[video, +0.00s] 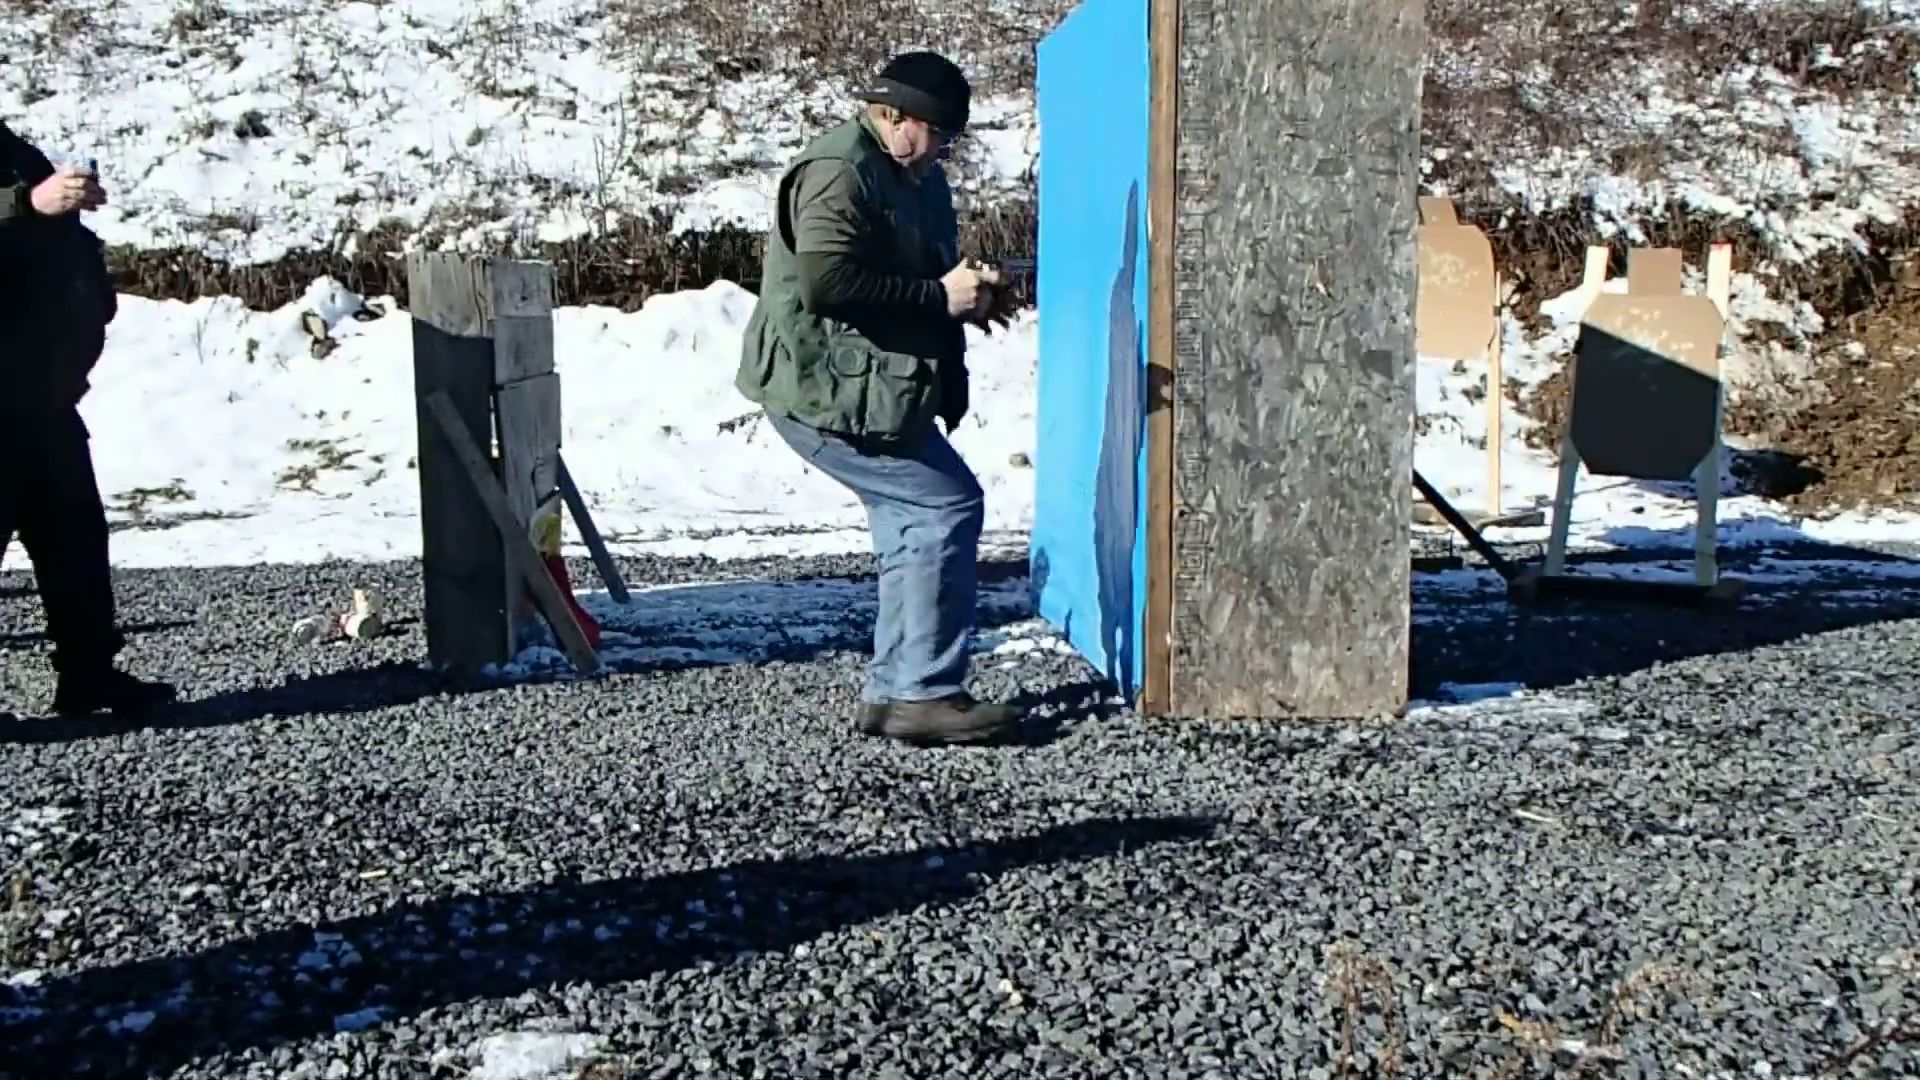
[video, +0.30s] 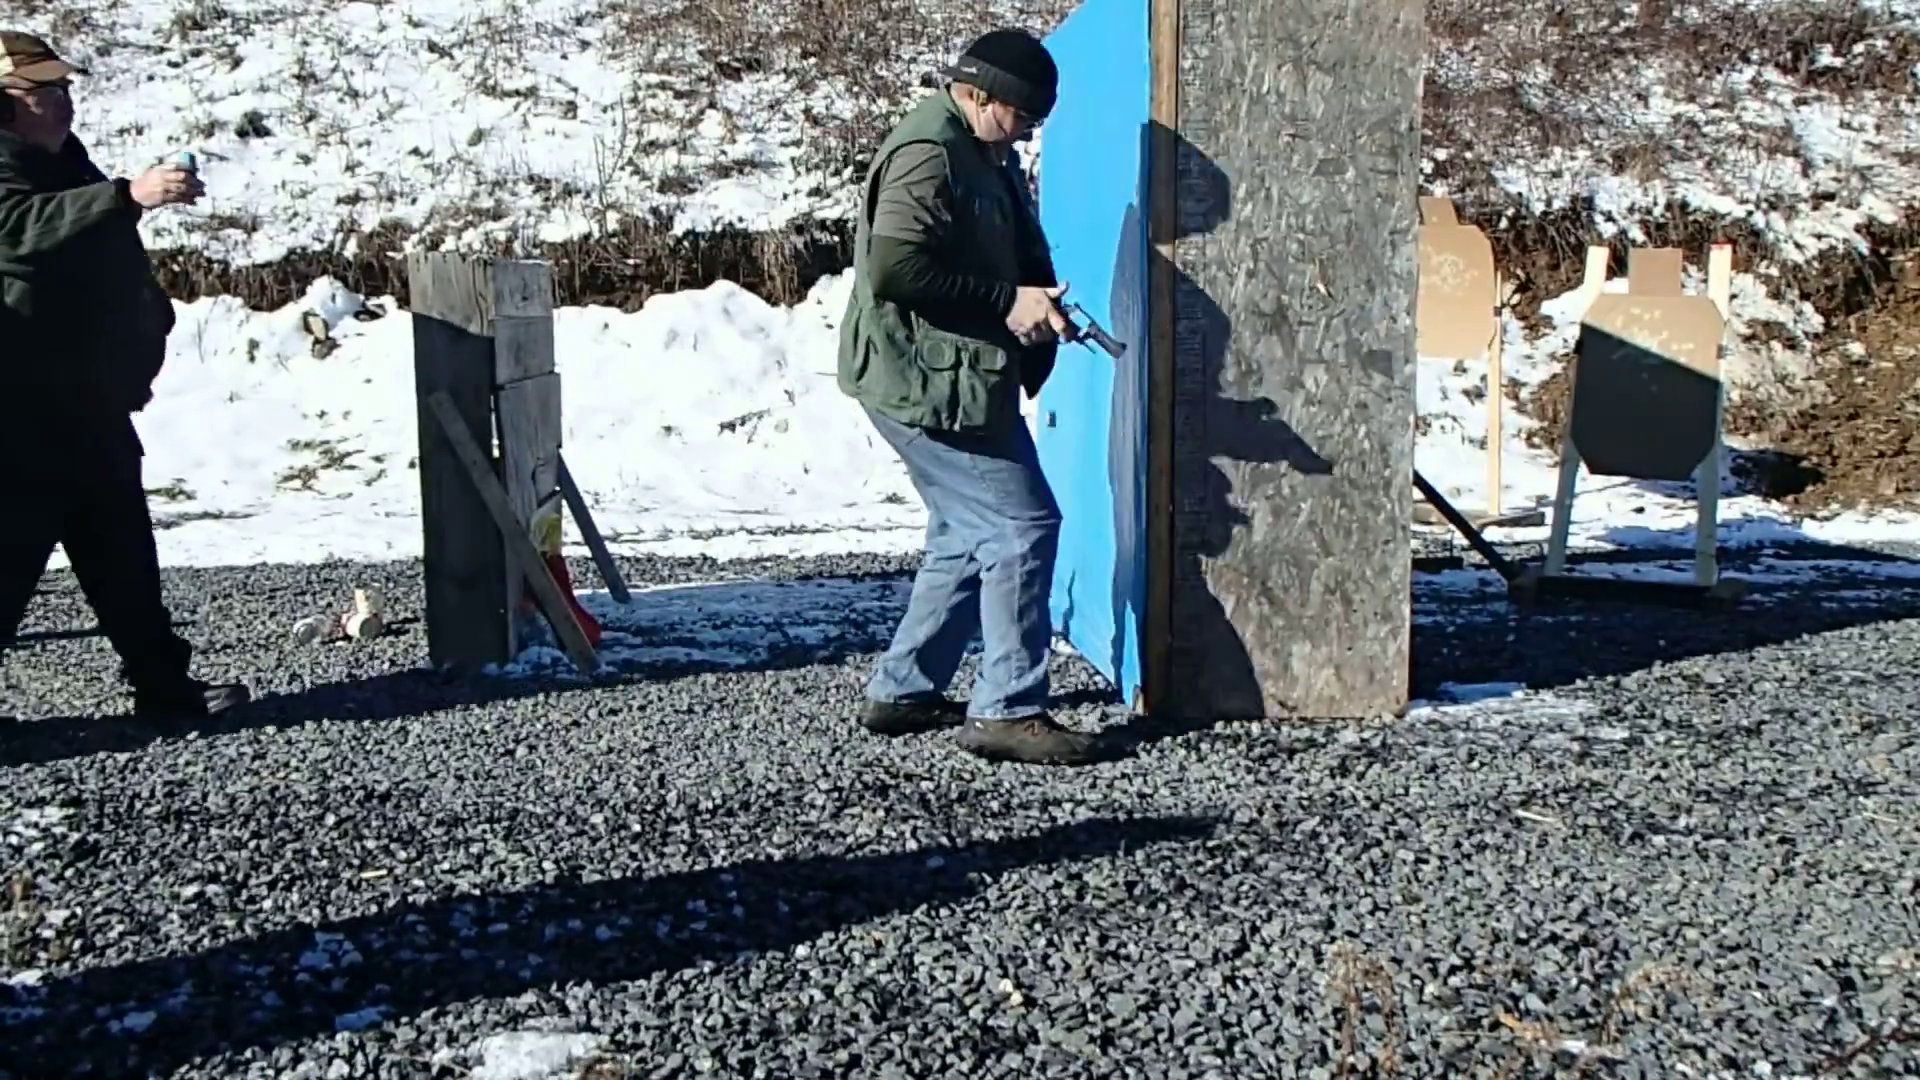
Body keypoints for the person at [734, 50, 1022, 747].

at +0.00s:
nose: (941, 146)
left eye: (947, 133)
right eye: (936, 130)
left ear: (928, 125)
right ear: (896, 115)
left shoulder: (923, 181)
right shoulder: (838, 170)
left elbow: (927, 285)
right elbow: (827, 282)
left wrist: (965, 297)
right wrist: (939, 296)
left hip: (871, 386)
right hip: (818, 389)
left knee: (913, 516)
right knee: (947, 502)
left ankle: (892, 686)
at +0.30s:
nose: (1028, 130)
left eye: (1032, 117)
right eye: (1024, 114)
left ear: (988, 99)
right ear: (982, 96)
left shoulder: (980, 154)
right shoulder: (928, 153)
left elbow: (1024, 253)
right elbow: (894, 269)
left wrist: (1036, 296)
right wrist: (1004, 303)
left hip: (951, 375)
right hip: (926, 381)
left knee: (961, 535)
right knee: (1023, 523)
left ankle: (901, 692)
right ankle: (1009, 711)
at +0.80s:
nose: (1101, 107)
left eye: (1106, 92)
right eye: (1099, 88)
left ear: (1049, 69)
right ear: (1062, 69)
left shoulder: (1039, 122)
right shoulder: (1013, 112)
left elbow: (1097, 236)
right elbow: (996, 231)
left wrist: (1123, 294)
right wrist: (1102, 293)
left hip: (1005, 369)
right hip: (1022, 372)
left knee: (1031, 524)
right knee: (1084, 543)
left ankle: (938, 660)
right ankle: (1006, 713)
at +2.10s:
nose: (1159, 99)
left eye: (1163, 85)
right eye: (1157, 82)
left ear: (1091, 65)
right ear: (1123, 70)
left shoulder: (1044, 110)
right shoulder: (1085, 113)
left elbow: (1046, 255)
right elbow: (1080, 236)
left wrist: (1147, 292)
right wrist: (1159, 288)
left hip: (997, 359)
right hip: (1042, 366)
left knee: (1048, 532)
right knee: (1130, 522)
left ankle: (1021, 703)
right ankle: (1035, 683)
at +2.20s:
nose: (1171, 100)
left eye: (1174, 85)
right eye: (1169, 83)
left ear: (1102, 68)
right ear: (1130, 75)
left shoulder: (1050, 113)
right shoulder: (1092, 123)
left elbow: (1070, 256)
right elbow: (1118, 248)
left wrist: (1178, 287)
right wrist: (1203, 281)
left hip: (999, 365)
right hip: (1051, 370)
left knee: (1055, 534)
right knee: (1148, 519)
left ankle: (1019, 705)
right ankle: (1085, 686)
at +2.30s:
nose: (1182, 104)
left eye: (1186, 89)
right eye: (1181, 88)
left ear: (1106, 70)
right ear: (1145, 81)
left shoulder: (1051, 110)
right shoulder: (1114, 137)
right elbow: (1167, 240)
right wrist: (1262, 251)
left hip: (999, 363)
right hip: (1065, 378)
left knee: (1052, 538)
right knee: (1151, 542)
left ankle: (1021, 704)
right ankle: (1167, 722)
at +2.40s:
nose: (1194, 108)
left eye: (1196, 93)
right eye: (1194, 93)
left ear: (1119, 73)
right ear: (1165, 83)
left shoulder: (1057, 115)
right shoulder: (1142, 142)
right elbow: (1229, 196)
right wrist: (1319, 196)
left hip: (1005, 371)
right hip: (1078, 386)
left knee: (1057, 546)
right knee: (1143, 558)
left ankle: (1020, 708)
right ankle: (1163, 733)